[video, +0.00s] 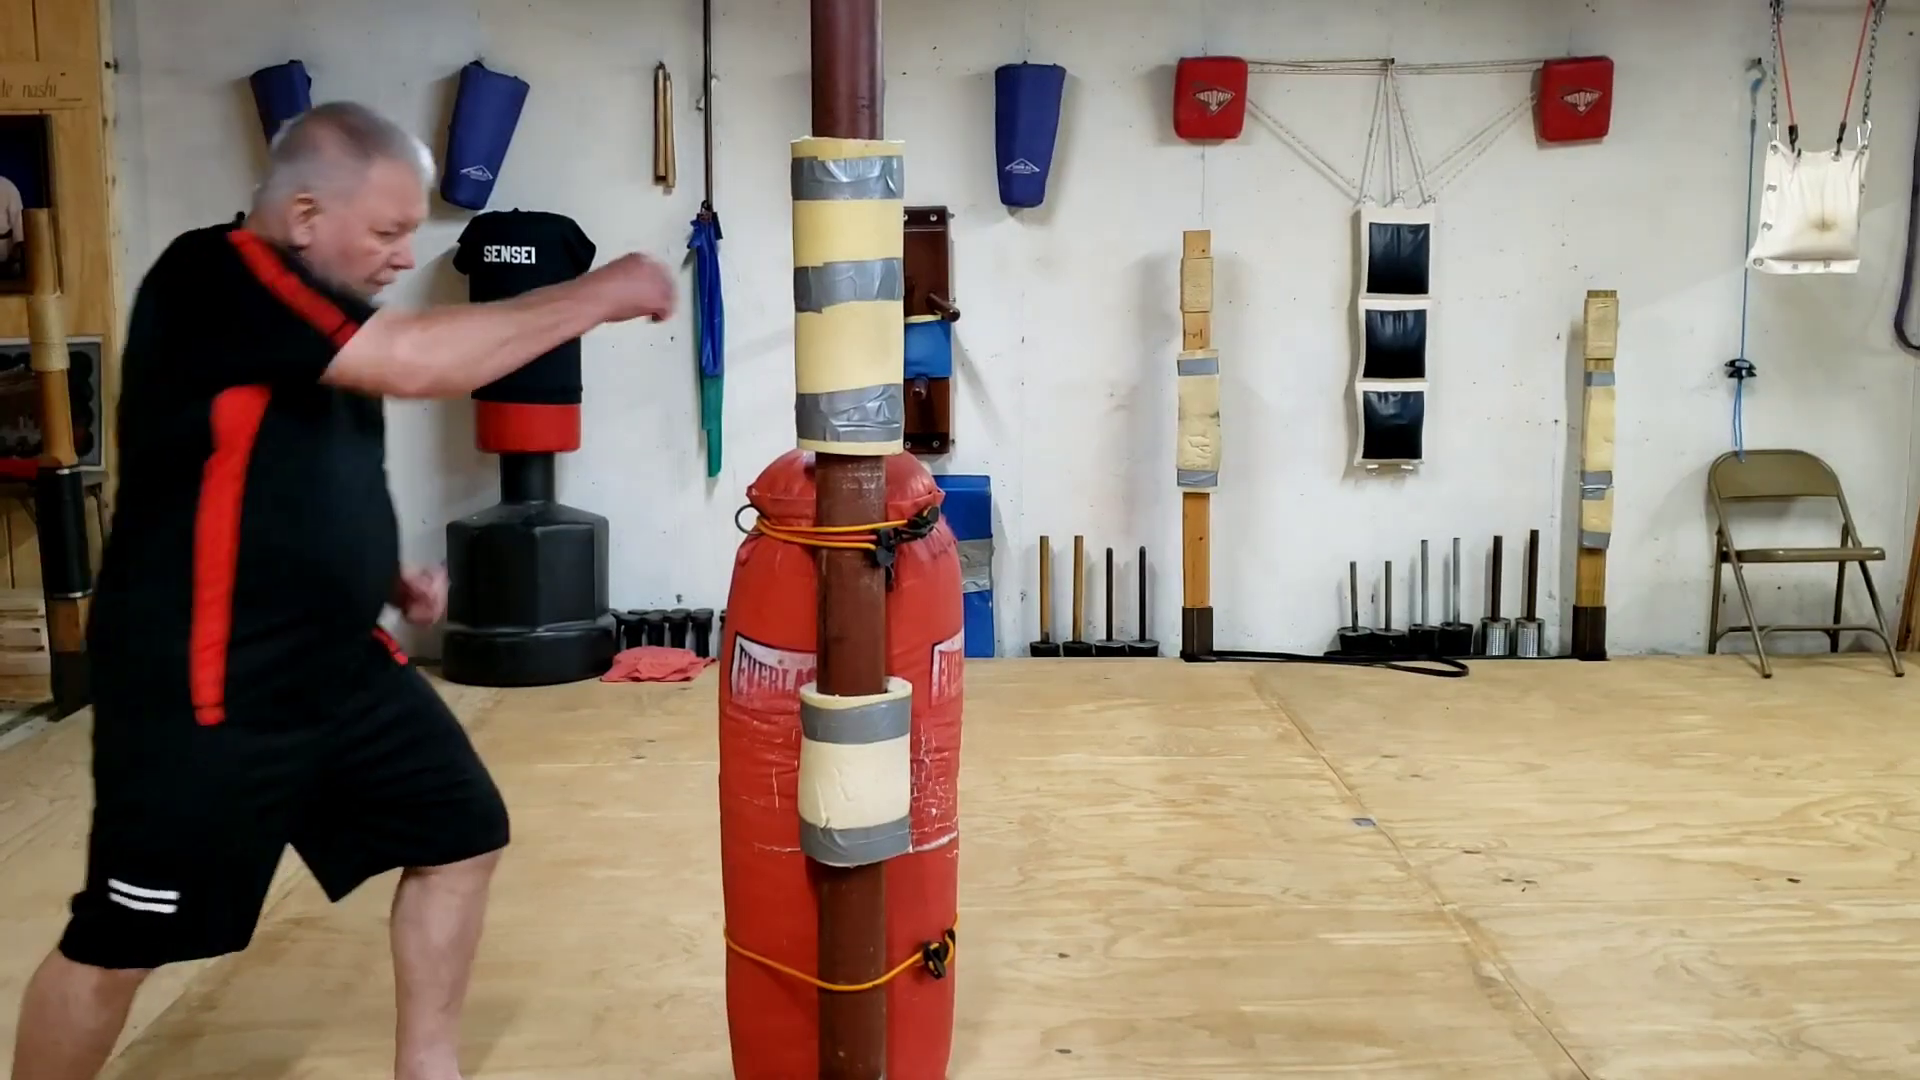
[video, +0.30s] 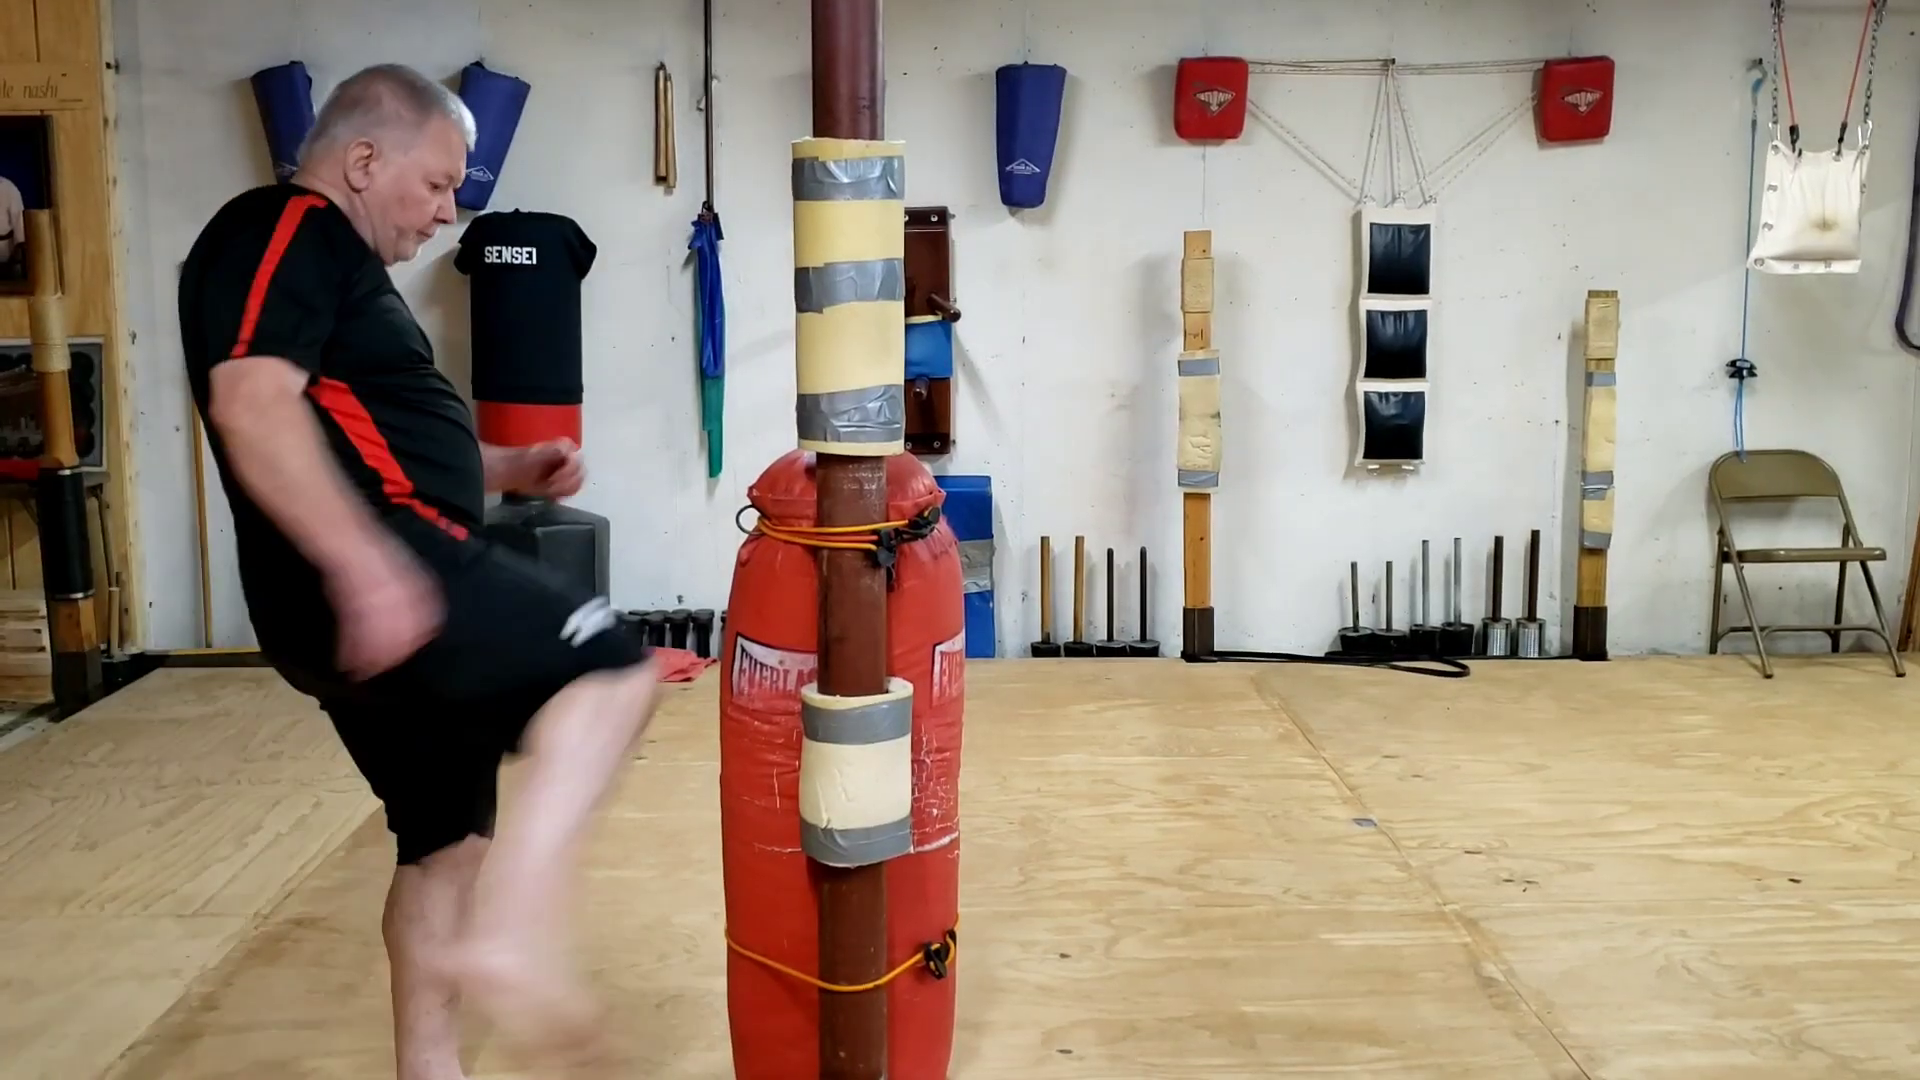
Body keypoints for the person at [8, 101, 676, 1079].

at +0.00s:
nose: (403, 257)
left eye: (409, 235)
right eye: (386, 233)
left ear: (318, 219)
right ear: (304, 216)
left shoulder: (323, 317)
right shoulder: (213, 274)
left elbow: (292, 489)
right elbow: (409, 360)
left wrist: (388, 577)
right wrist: (594, 298)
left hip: (330, 661)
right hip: (193, 681)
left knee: (459, 835)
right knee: (118, 936)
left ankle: (427, 1071)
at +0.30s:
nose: (447, 215)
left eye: (454, 194)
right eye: (439, 186)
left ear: (360, 166)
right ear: (362, 159)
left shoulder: (333, 256)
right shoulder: (285, 225)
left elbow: (365, 441)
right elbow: (252, 395)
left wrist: (500, 470)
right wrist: (364, 566)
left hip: (356, 588)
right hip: (377, 565)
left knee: (444, 839)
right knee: (612, 669)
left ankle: (429, 1066)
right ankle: (514, 936)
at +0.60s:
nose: (437, 214)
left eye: (443, 195)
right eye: (429, 186)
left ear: (353, 172)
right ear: (353, 163)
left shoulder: (334, 276)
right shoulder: (275, 240)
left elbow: (394, 461)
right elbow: (217, 429)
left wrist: (522, 429)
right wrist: (319, 597)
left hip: (389, 583)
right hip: (380, 571)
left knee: (456, 840)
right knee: (615, 704)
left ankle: (439, 1056)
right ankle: (425, 949)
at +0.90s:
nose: (415, 249)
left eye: (418, 224)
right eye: (396, 224)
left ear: (317, 221)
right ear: (309, 216)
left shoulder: (327, 314)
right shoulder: (195, 311)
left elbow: (318, 509)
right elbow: (236, 506)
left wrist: (422, 558)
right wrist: (427, 441)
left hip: (363, 663)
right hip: (223, 688)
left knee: (486, 835)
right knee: (181, 953)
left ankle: (439, 1067)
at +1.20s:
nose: (406, 242)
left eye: (410, 219)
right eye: (388, 218)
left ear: (316, 211)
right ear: (299, 209)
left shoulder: (370, 299)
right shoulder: (162, 309)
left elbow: (490, 371)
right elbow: (65, 496)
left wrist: (600, 331)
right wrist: (199, 650)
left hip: (341, 659)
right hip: (203, 683)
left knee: (446, 830)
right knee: (175, 941)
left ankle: (435, 1066)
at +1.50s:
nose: (468, 239)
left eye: (473, 217)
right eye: (458, 211)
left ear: (384, 200)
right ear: (384, 195)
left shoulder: (358, 276)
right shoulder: (302, 265)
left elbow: (476, 355)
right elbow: (482, 372)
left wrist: (611, 308)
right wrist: (634, 303)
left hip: (414, 647)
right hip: (304, 664)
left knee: (500, 842)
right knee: (255, 926)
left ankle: (449, 1069)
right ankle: (120, 1073)